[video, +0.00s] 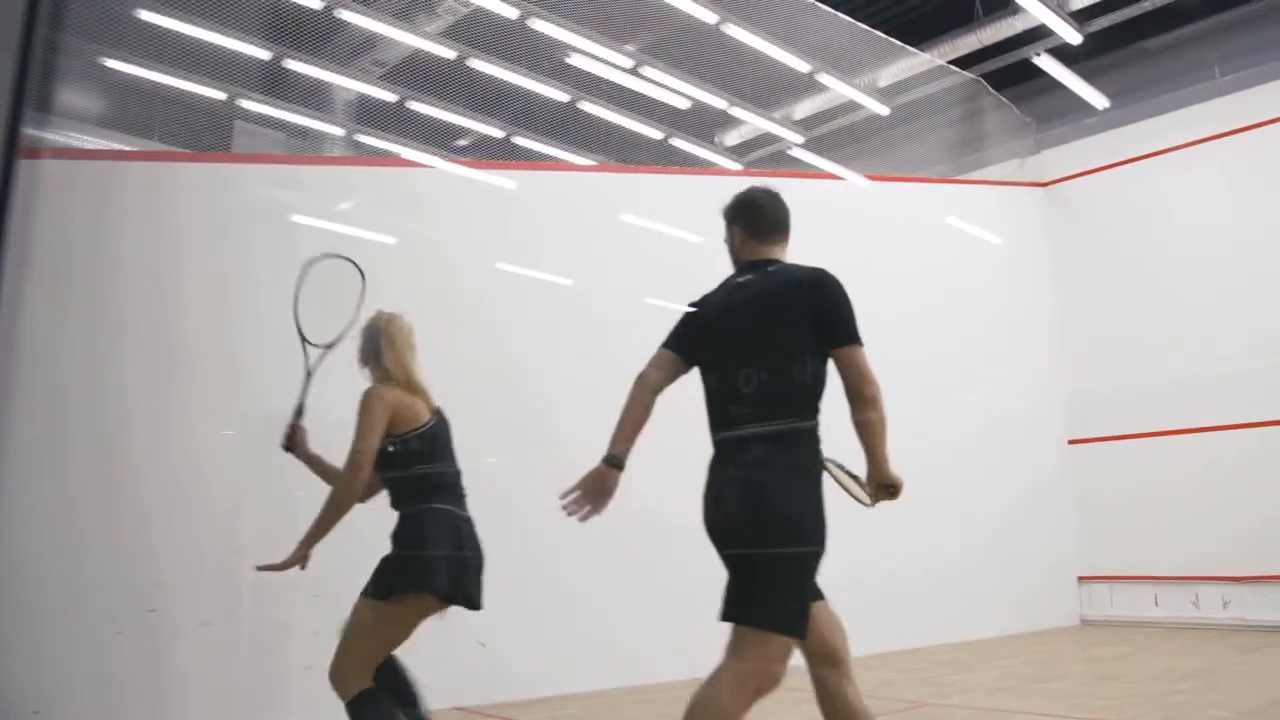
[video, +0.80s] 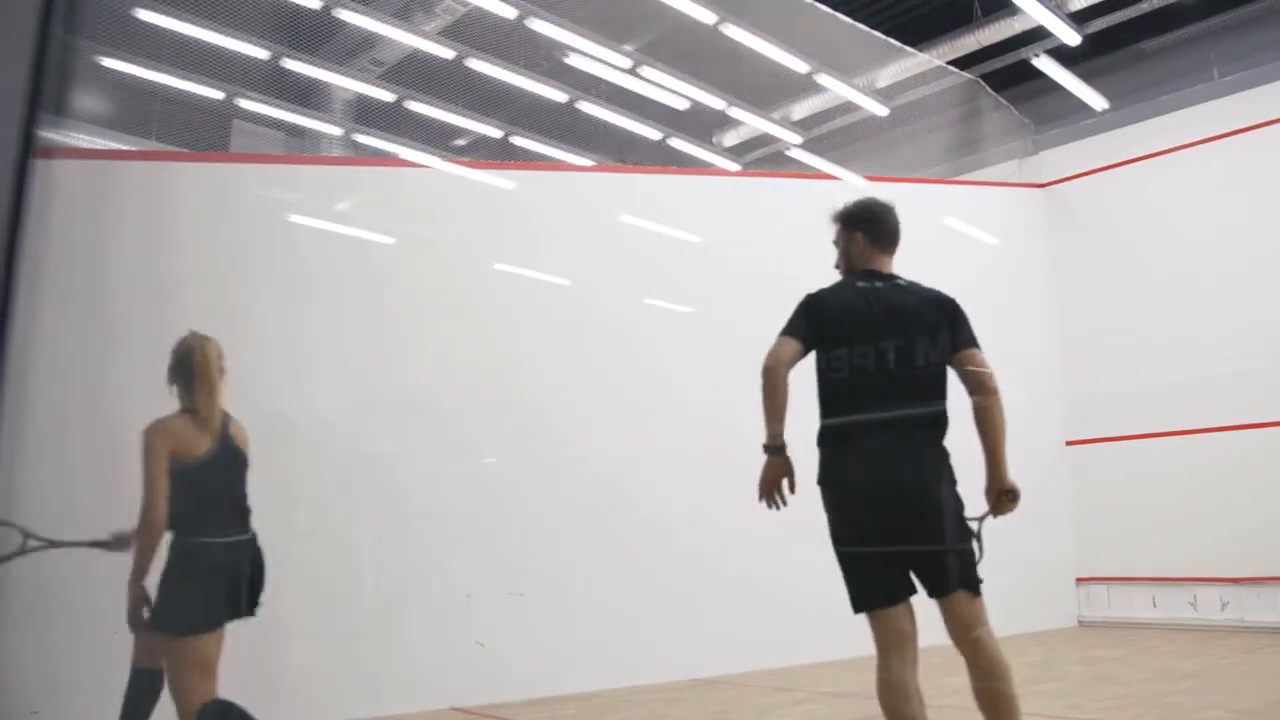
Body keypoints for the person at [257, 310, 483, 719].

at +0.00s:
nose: (361, 357)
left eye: (364, 348)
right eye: (362, 347)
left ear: (372, 351)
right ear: (405, 350)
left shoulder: (382, 397)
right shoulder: (425, 406)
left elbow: (355, 482)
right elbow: (362, 491)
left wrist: (306, 544)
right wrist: (306, 453)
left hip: (424, 550)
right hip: (456, 550)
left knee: (347, 674)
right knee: (373, 654)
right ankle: (416, 714)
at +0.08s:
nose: (341, 363)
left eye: (343, 353)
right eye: (344, 353)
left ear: (348, 356)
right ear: (385, 354)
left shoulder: (362, 403)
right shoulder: (400, 408)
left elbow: (331, 485)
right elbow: (333, 484)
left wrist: (286, 545)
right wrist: (281, 440)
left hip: (408, 553)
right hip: (429, 549)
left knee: (332, 685)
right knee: (327, 623)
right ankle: (358, 705)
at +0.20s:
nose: (309, 372)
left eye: (311, 363)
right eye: (311, 363)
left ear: (318, 366)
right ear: (355, 362)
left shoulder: (332, 411)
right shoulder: (369, 416)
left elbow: (298, 491)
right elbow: (291, 481)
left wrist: (259, 547)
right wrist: (252, 425)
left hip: (376, 566)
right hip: (391, 562)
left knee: (310, 694)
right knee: (291, 623)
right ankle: (279, 713)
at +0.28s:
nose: (289, 380)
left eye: (291, 370)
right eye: (290, 371)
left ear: (298, 371)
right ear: (331, 368)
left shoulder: (312, 417)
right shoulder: (344, 421)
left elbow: (281, 494)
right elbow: (256, 473)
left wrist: (243, 549)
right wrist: (236, 417)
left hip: (351, 572)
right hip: (363, 569)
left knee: (297, 702)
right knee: (268, 632)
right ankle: (233, 714)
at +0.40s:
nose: (258, 388)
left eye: (260, 379)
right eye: (259, 380)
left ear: (269, 381)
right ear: (299, 376)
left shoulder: (289, 421)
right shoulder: (297, 424)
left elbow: (257, 500)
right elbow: (213, 468)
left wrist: (221, 555)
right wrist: (216, 419)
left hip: (315, 582)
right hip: (321, 582)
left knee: (281, 709)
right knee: (232, 653)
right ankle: (185, 714)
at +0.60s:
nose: (208, 392)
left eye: (210, 384)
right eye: (211, 384)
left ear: (215, 388)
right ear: (254, 385)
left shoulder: (236, 441)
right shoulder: (259, 436)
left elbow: (211, 527)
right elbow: (173, 475)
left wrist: (178, 575)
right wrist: (159, 461)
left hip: (243, 591)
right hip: (258, 590)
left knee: (243, 708)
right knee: (170, 652)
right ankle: (140, 713)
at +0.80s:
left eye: (173, 369)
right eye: (217, 370)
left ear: (174, 376)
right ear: (218, 374)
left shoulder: (163, 432)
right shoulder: (236, 432)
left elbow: (156, 518)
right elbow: (206, 504)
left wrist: (137, 582)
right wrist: (140, 534)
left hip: (196, 568)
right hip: (239, 564)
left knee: (196, 700)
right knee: (149, 641)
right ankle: (132, 716)